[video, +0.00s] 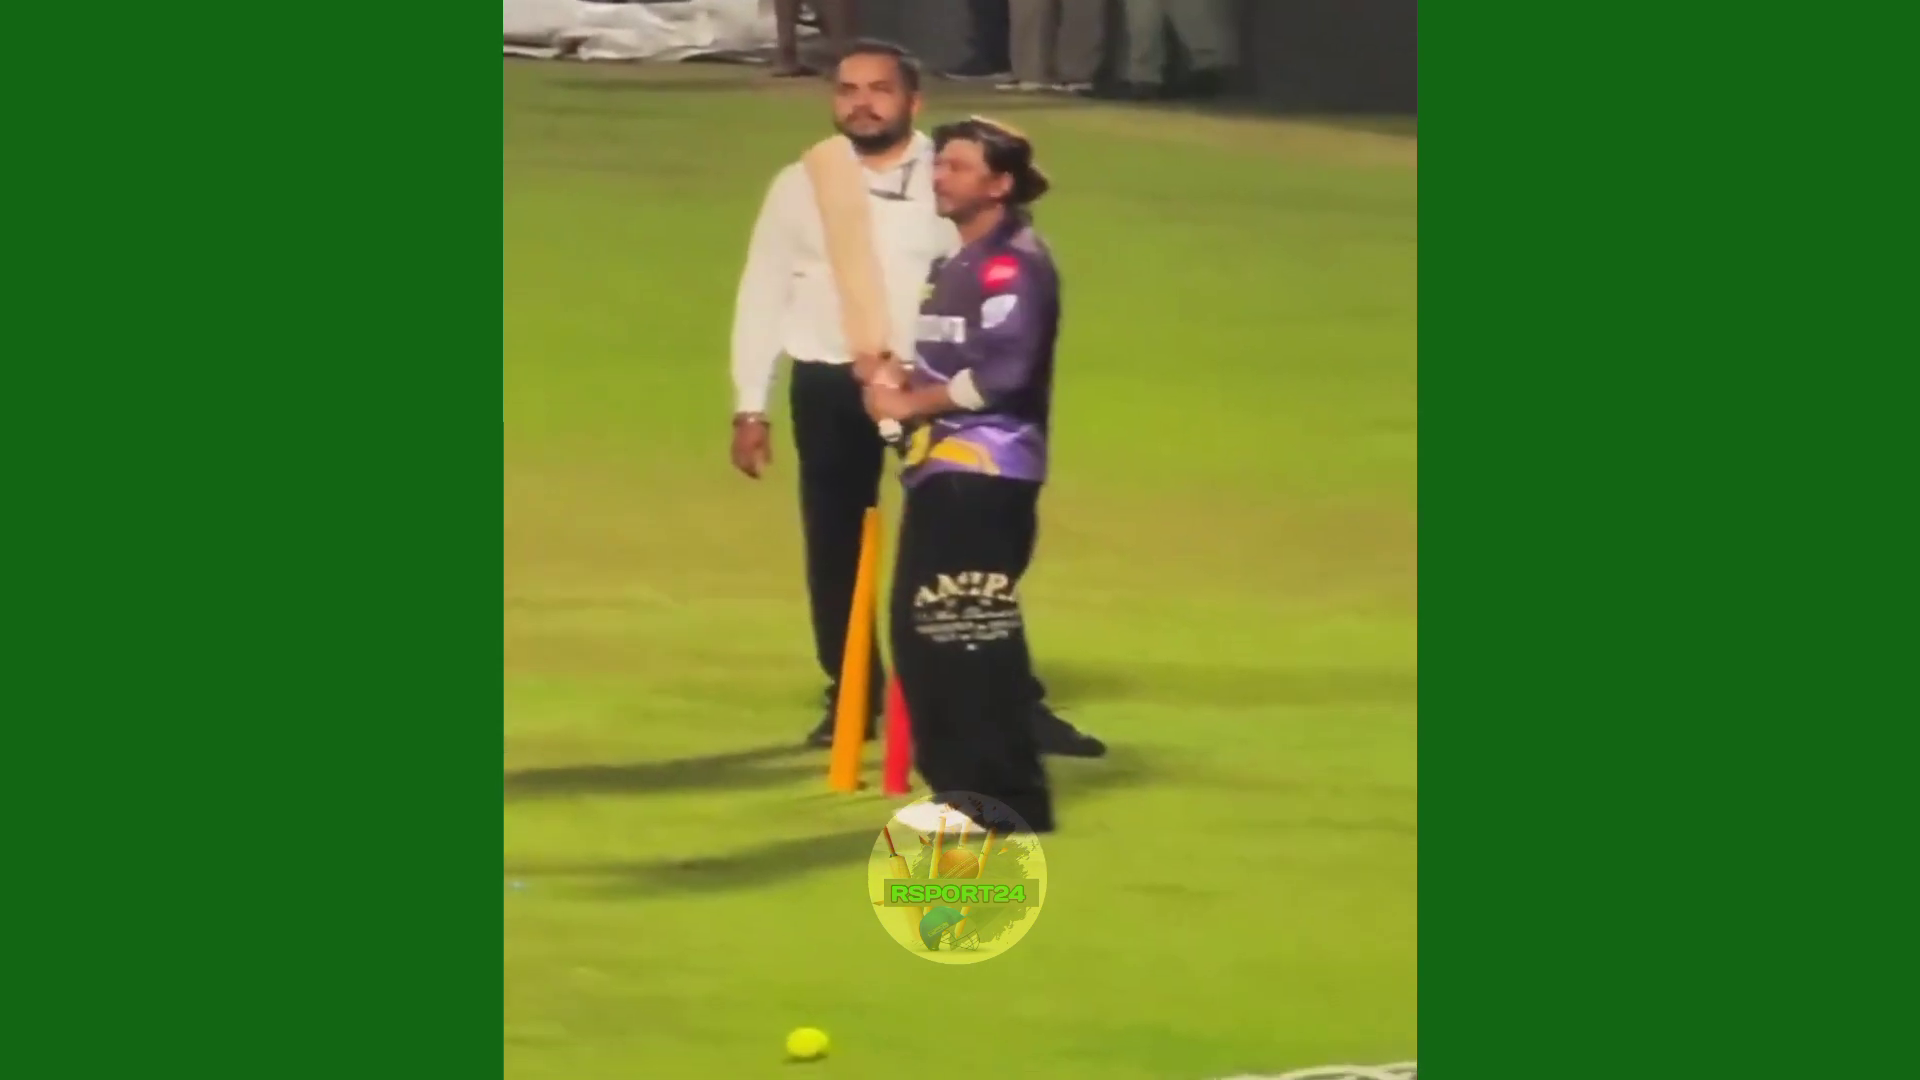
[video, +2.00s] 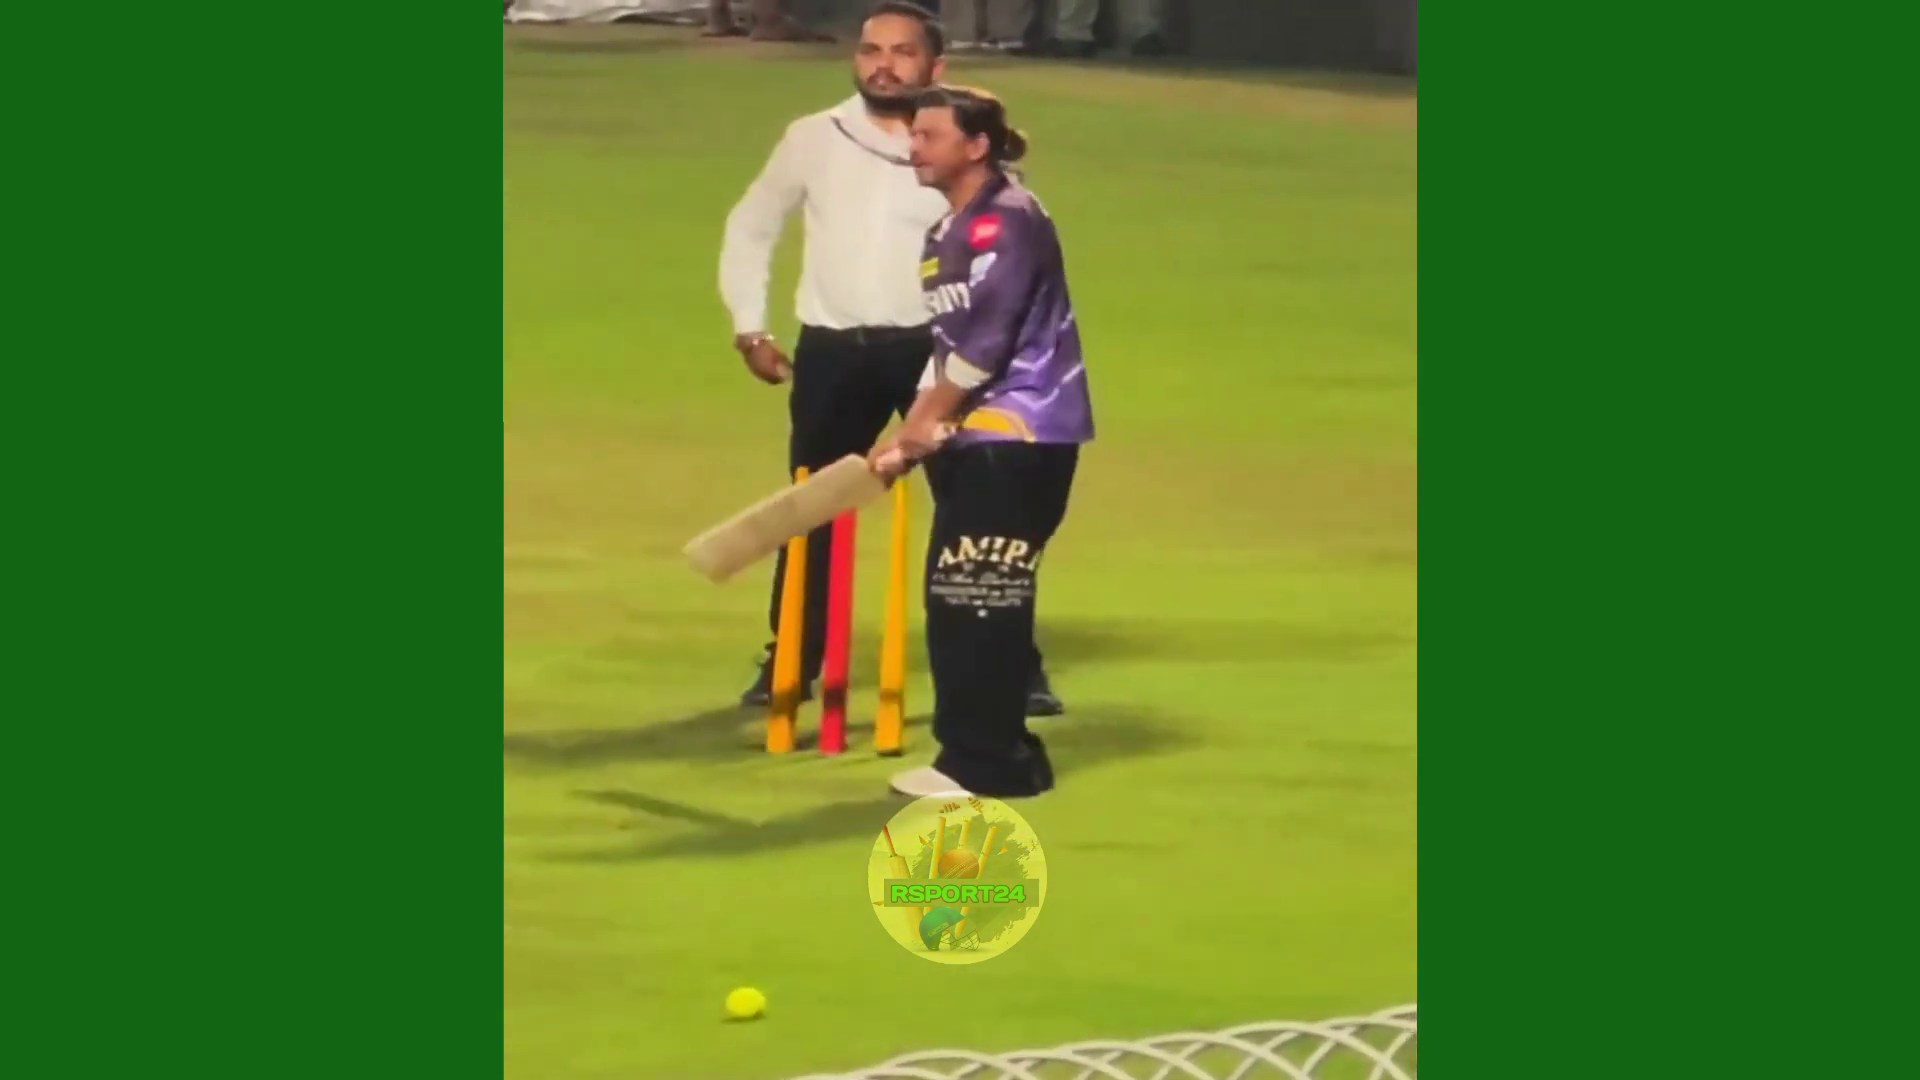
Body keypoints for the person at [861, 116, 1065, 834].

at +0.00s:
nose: (939, 176)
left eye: (954, 167)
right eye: (938, 165)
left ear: (1000, 183)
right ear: (944, 180)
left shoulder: (1015, 265)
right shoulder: (955, 263)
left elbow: (1005, 374)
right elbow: (949, 363)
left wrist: (911, 402)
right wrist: (899, 371)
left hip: (988, 472)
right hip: (945, 467)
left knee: (973, 636)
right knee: (925, 630)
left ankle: (1004, 798)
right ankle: (963, 792)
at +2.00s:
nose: (913, 147)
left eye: (928, 136)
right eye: (914, 135)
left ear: (976, 145)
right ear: (953, 148)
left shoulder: (1007, 224)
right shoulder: (949, 229)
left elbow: (980, 354)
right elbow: (949, 351)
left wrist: (919, 431)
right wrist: (907, 434)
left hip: (1021, 437)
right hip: (980, 435)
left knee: (978, 596)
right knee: (964, 593)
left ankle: (982, 761)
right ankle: (991, 753)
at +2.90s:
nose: (897, 208)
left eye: (912, 195)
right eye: (888, 196)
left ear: (954, 199)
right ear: (881, 204)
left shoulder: (992, 274)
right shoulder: (904, 292)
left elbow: (989, 403)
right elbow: (928, 407)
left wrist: (936, 484)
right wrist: (907, 498)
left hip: (1022, 481)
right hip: (964, 483)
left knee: (988, 643)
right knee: (935, 641)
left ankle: (975, 806)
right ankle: (955, 799)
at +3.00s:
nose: (884, 217)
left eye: (899, 204)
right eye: (874, 205)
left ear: (941, 208)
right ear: (867, 213)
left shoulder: (982, 285)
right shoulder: (892, 301)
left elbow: (976, 413)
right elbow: (919, 414)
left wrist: (926, 492)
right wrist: (900, 506)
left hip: (1015, 488)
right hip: (958, 490)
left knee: (982, 647)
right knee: (928, 646)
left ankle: (962, 812)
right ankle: (942, 804)